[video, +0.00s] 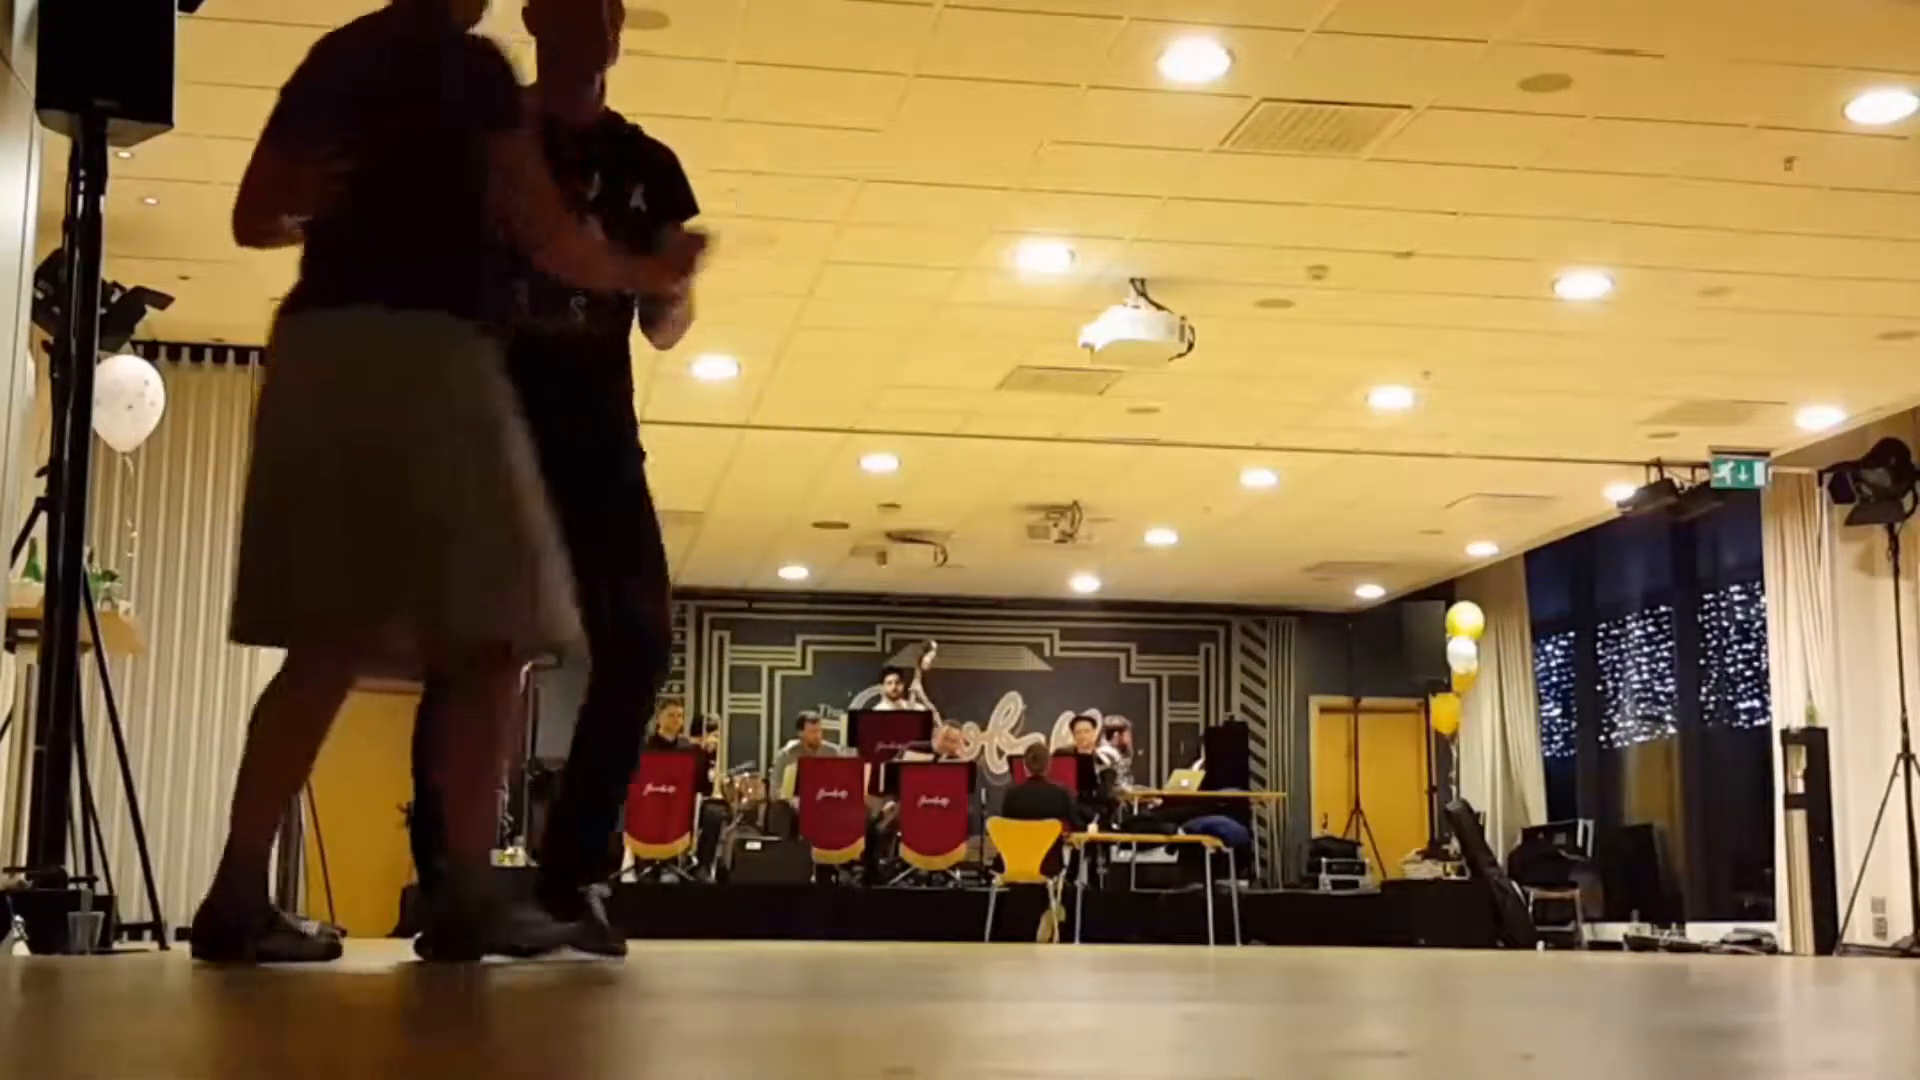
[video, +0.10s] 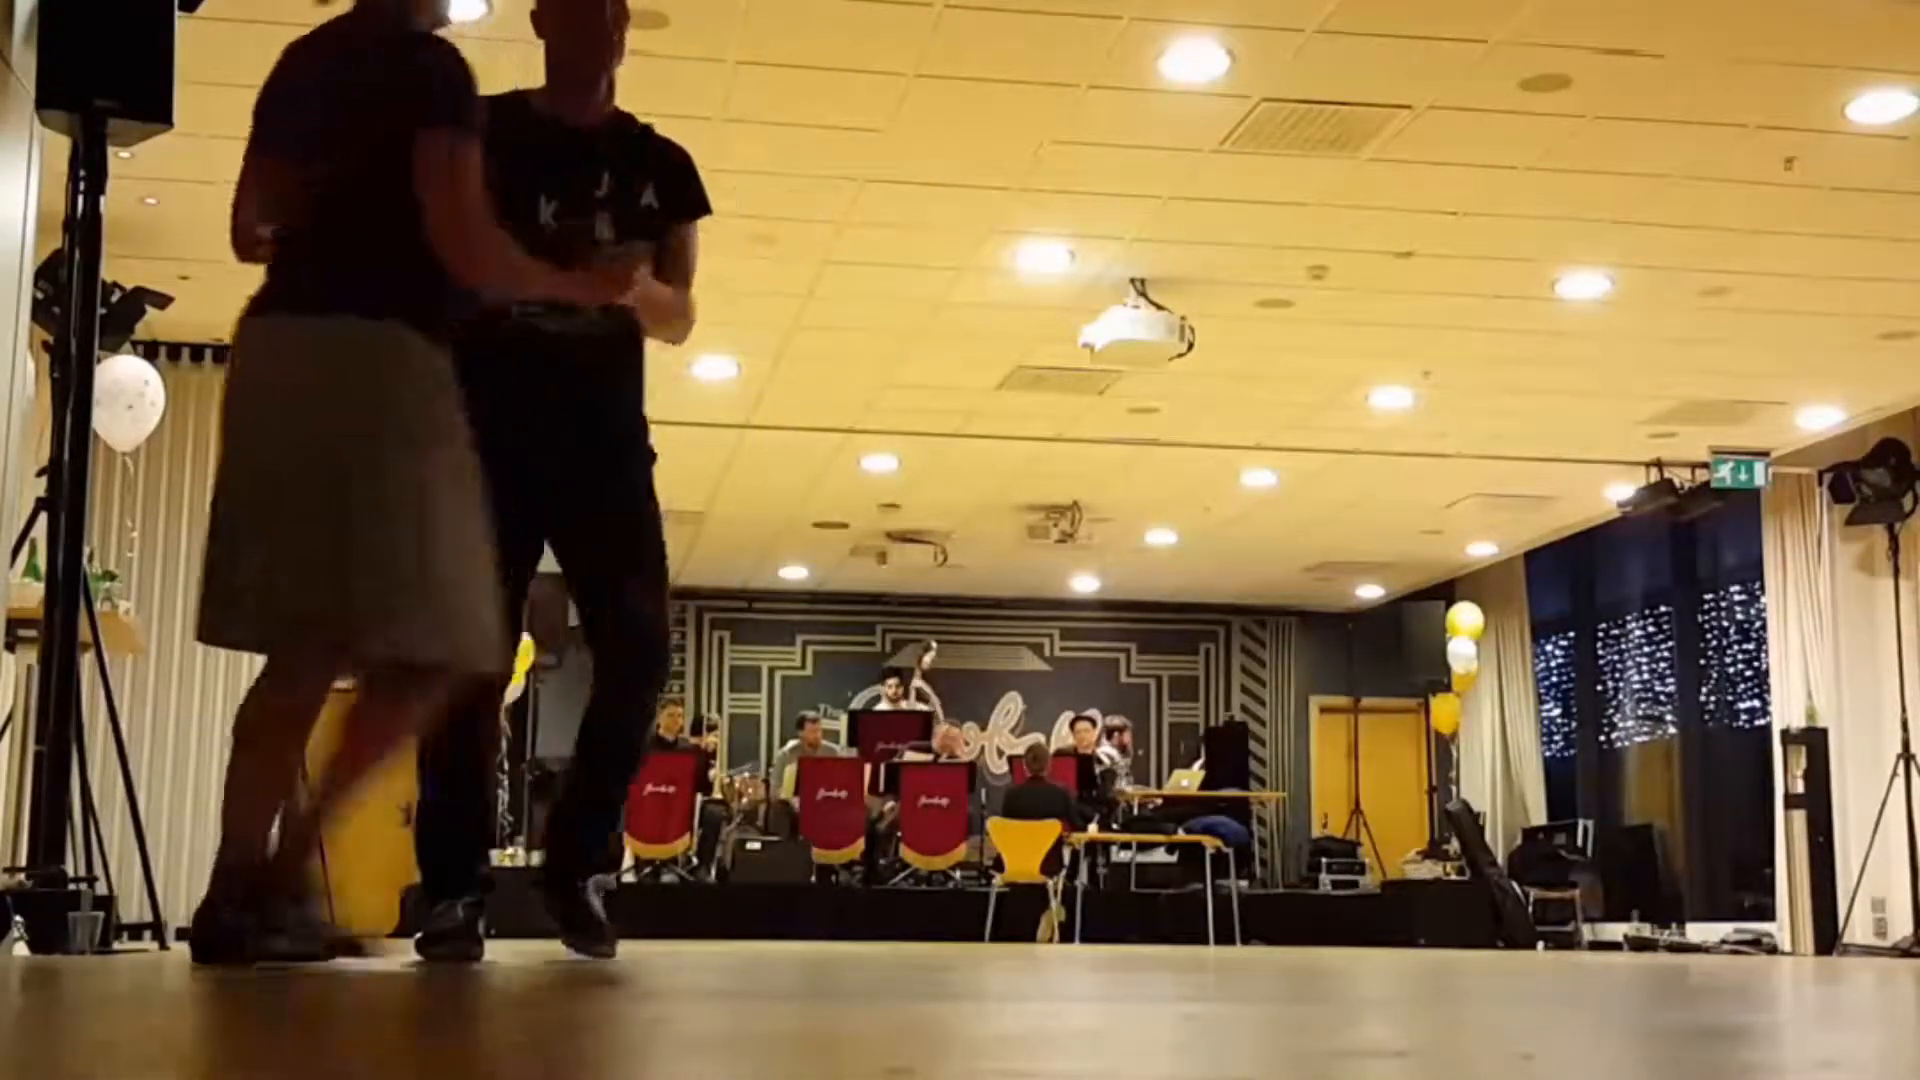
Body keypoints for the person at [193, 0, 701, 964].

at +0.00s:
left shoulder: (332, 58)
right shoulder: (477, 66)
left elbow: (256, 218)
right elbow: (549, 237)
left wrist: (355, 187)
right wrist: (649, 272)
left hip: (319, 357)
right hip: (433, 363)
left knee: (327, 642)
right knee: (490, 636)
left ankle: (236, 899)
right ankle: (472, 901)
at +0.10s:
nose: (464, 2)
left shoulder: (299, 62)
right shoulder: (434, 66)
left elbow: (251, 229)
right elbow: (470, 253)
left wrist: (364, 219)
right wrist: (585, 283)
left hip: (278, 352)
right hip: (385, 363)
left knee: (305, 641)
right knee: (442, 644)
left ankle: (236, 896)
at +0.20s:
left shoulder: (275, 45)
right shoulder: (403, 42)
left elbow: (247, 220)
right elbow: (430, 224)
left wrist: (375, 241)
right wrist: (555, 263)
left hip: (255, 340)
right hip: (351, 346)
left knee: (291, 635)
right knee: (351, 637)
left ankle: (233, 899)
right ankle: (142, 835)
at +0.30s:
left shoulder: (263, 45)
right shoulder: (384, 36)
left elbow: (246, 209)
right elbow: (421, 220)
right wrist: (555, 253)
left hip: (249, 331)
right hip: (326, 340)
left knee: (300, 635)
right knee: (266, 628)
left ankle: (233, 885)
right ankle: (82, 864)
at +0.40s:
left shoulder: (272, 45)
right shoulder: (374, 39)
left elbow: (232, 193)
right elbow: (420, 224)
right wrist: (555, 255)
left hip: (257, 342)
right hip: (308, 347)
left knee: (329, 632)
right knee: (265, 630)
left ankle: (241, 875)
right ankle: (84, 862)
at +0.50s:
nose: (435, 6)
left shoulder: (276, 59)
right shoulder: (373, 52)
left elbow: (248, 210)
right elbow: (416, 233)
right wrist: (556, 265)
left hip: (261, 354)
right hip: (325, 361)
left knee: (325, 643)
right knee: (344, 644)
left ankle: (244, 884)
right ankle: (144, 834)